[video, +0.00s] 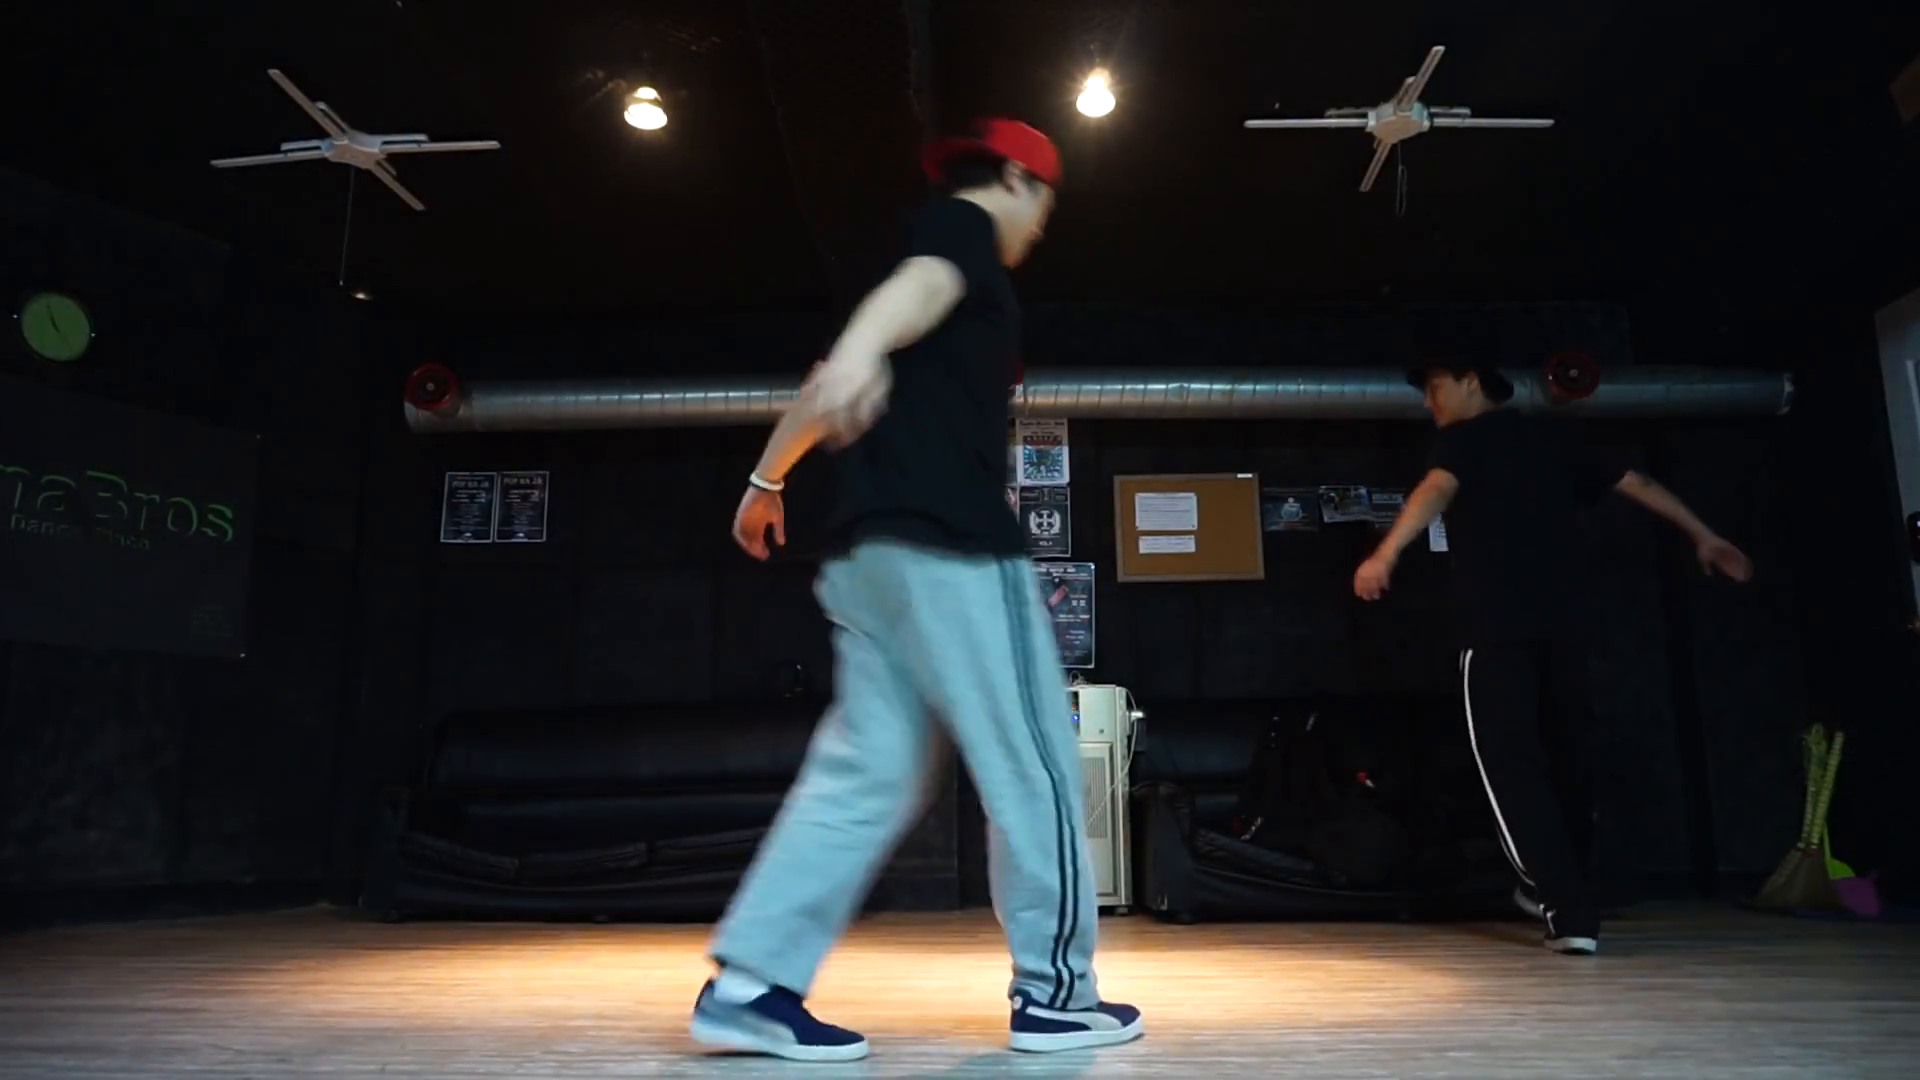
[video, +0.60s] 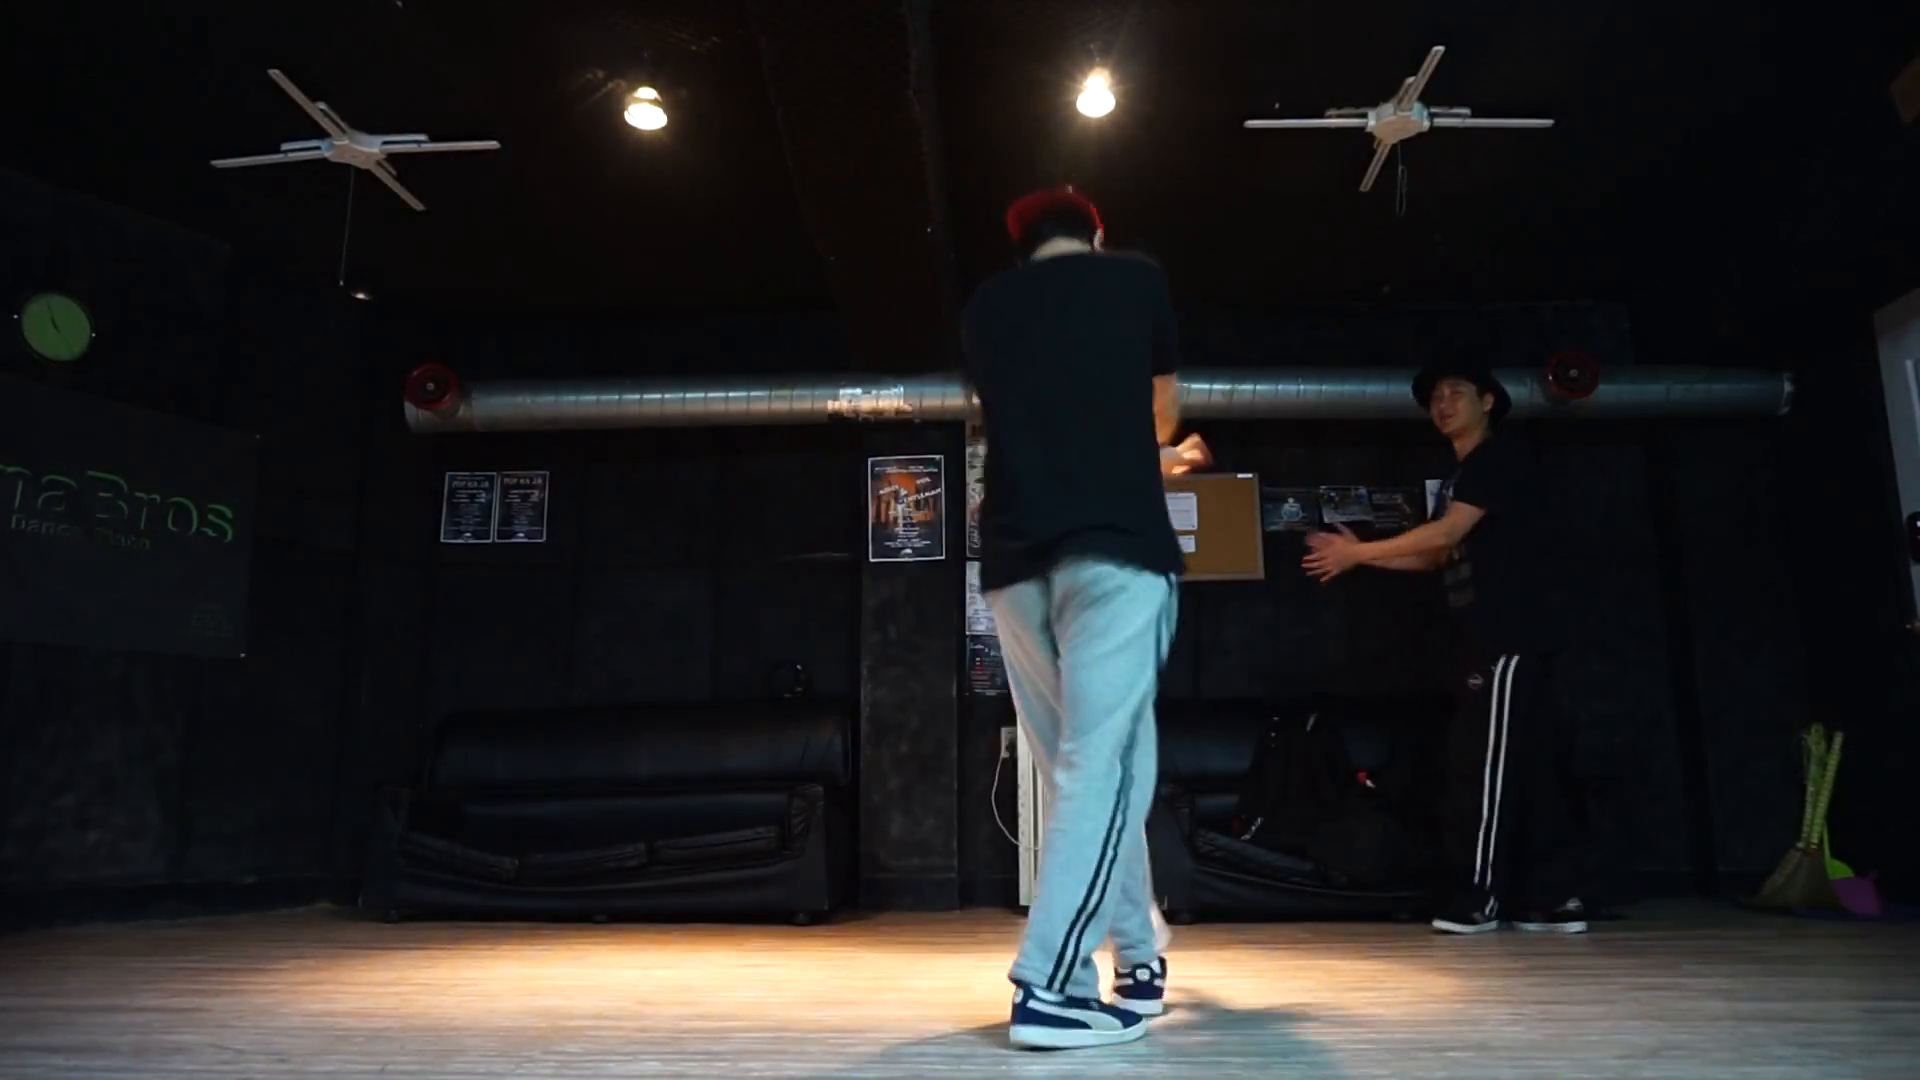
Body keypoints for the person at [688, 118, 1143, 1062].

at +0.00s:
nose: (1038, 223)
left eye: (1043, 205)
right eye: (1039, 202)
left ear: (974, 181)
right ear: (1011, 181)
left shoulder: (927, 257)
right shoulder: (965, 229)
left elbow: (831, 382)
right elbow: (907, 294)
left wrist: (767, 478)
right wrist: (861, 353)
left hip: (872, 555)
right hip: (956, 554)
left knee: (869, 771)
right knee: (1035, 767)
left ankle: (750, 988)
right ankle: (1055, 994)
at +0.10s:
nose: (1080, 252)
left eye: (1084, 237)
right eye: (1081, 232)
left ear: (1003, 204)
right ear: (1055, 208)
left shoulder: (938, 275)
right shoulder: (1013, 252)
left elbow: (858, 395)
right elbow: (974, 303)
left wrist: (789, 475)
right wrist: (960, 340)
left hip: (912, 575)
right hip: (1004, 569)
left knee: (949, 787)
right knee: (1073, 777)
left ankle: (810, 944)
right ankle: (1057, 999)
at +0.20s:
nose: (1100, 258)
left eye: (1102, 248)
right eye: (1099, 246)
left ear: (1019, 219)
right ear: (1078, 228)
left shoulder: (945, 296)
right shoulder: (1043, 257)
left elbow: (885, 417)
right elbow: (1095, 320)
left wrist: (821, 497)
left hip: (943, 580)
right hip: (1036, 569)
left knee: (1008, 772)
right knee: (1106, 782)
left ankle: (903, 901)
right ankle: (1057, 1000)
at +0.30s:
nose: (1106, 256)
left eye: (1102, 245)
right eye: (1104, 244)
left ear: (1016, 228)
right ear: (1086, 229)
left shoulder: (952, 299)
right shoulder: (1073, 264)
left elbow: (929, 430)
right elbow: (1168, 324)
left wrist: (911, 538)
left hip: (962, 570)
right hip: (1058, 561)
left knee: (1033, 754)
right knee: (1112, 778)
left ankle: (986, 897)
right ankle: (1057, 998)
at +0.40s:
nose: (1103, 245)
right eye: (1102, 233)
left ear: (1011, 228)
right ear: (1091, 222)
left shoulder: (962, 288)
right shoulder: (1099, 262)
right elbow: (1209, 361)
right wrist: (1344, 442)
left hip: (980, 564)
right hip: (1077, 549)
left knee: (1051, 754)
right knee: (1114, 767)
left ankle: (1059, 965)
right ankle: (1059, 996)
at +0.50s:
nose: (1097, 231)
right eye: (1096, 220)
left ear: (1015, 229)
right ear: (1094, 219)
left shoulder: (977, 286)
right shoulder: (1117, 261)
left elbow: (1008, 414)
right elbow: (1196, 391)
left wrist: (1109, 474)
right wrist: (1255, 459)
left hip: (995, 556)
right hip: (1095, 539)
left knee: (1084, 760)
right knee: (1091, 766)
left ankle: (1129, 960)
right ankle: (1054, 996)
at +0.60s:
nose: (1096, 247)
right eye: (1098, 235)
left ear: (1021, 250)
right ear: (1097, 235)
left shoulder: (987, 305)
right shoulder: (1136, 277)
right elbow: (1161, 418)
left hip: (1011, 550)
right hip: (1117, 533)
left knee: (1087, 763)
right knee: (1094, 763)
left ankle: (1140, 961)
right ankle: (1049, 987)